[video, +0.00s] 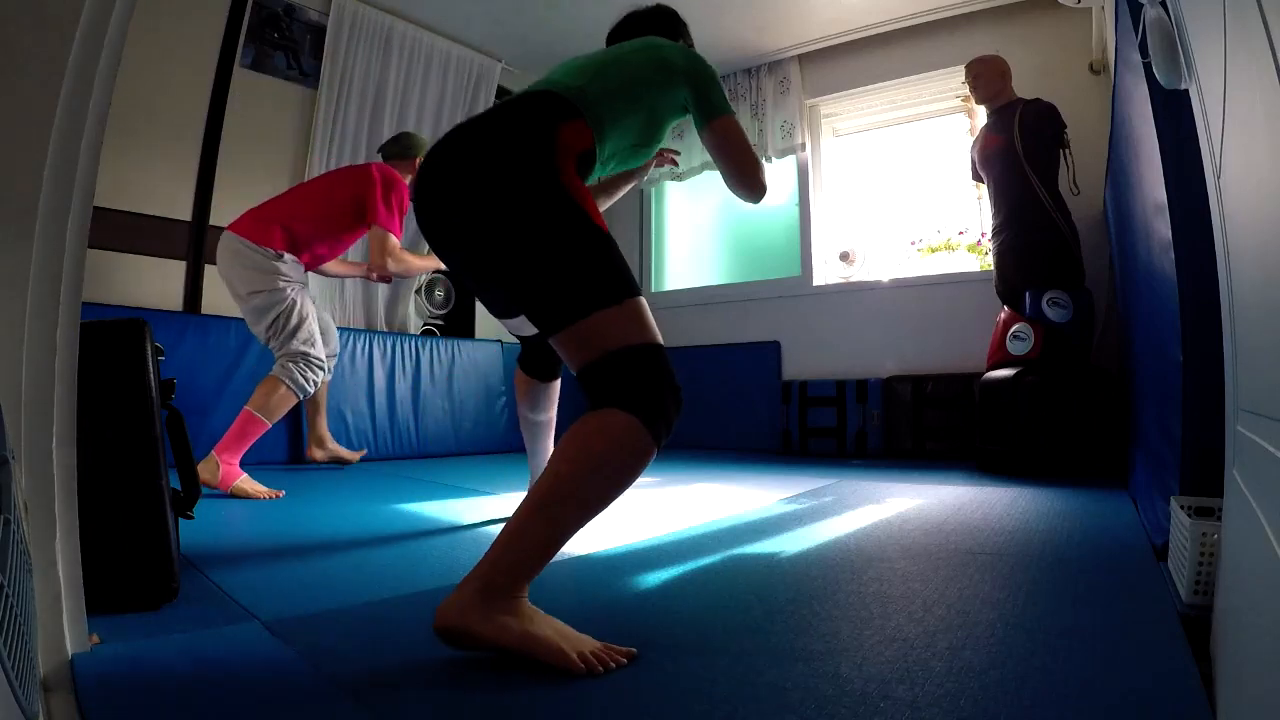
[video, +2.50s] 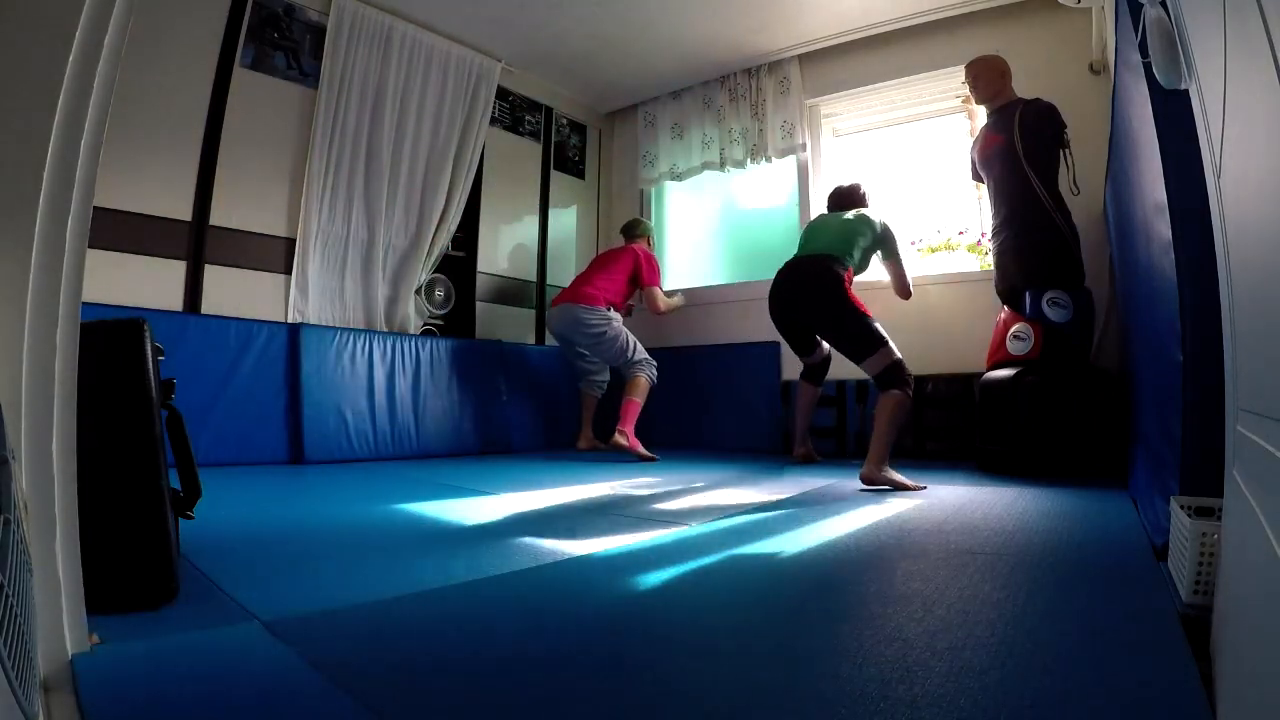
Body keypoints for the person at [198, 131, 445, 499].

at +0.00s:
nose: (424, 175)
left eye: (423, 169)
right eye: (424, 168)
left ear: (386, 160)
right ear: (417, 164)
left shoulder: (363, 180)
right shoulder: (389, 182)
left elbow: (318, 261)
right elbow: (386, 261)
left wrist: (370, 269)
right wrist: (436, 262)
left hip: (273, 255)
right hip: (260, 252)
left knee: (325, 340)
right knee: (305, 359)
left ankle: (320, 441)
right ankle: (222, 461)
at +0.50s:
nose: (500, 200)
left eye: (501, 193)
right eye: (500, 192)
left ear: (463, 186)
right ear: (490, 188)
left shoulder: (442, 204)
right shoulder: (471, 206)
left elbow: (400, 273)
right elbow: (475, 275)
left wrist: (445, 281)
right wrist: (518, 272)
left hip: (347, 268)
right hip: (364, 273)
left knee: (398, 353)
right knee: (408, 367)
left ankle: (401, 446)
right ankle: (326, 438)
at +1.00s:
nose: (560, 216)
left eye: (559, 210)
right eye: (561, 210)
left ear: (528, 207)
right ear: (553, 208)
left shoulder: (506, 224)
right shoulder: (541, 224)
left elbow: (471, 273)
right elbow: (553, 287)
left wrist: (510, 289)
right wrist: (583, 282)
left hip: (428, 291)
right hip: (464, 291)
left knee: (480, 367)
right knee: (521, 358)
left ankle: (466, 440)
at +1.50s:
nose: (616, 229)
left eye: (615, 225)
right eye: (616, 224)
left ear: (584, 220)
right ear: (610, 221)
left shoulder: (564, 237)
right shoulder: (602, 237)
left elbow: (537, 275)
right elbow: (614, 293)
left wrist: (571, 292)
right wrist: (638, 289)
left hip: (503, 299)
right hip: (539, 298)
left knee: (549, 366)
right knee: (598, 355)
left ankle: (528, 439)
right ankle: (572, 431)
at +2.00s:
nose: (647, 245)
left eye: (647, 242)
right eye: (647, 241)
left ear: (618, 239)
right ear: (643, 240)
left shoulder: (597, 257)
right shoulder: (638, 258)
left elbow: (587, 292)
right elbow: (654, 310)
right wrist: (672, 299)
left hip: (553, 319)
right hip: (588, 318)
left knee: (595, 370)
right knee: (646, 368)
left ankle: (587, 436)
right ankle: (626, 433)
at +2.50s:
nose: (651, 246)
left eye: (651, 243)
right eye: (652, 242)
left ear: (625, 239)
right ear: (648, 240)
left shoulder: (607, 255)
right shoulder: (643, 255)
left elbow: (588, 290)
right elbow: (657, 306)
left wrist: (618, 305)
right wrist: (676, 301)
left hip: (557, 312)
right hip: (589, 312)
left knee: (595, 372)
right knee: (642, 364)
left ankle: (586, 436)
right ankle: (625, 432)